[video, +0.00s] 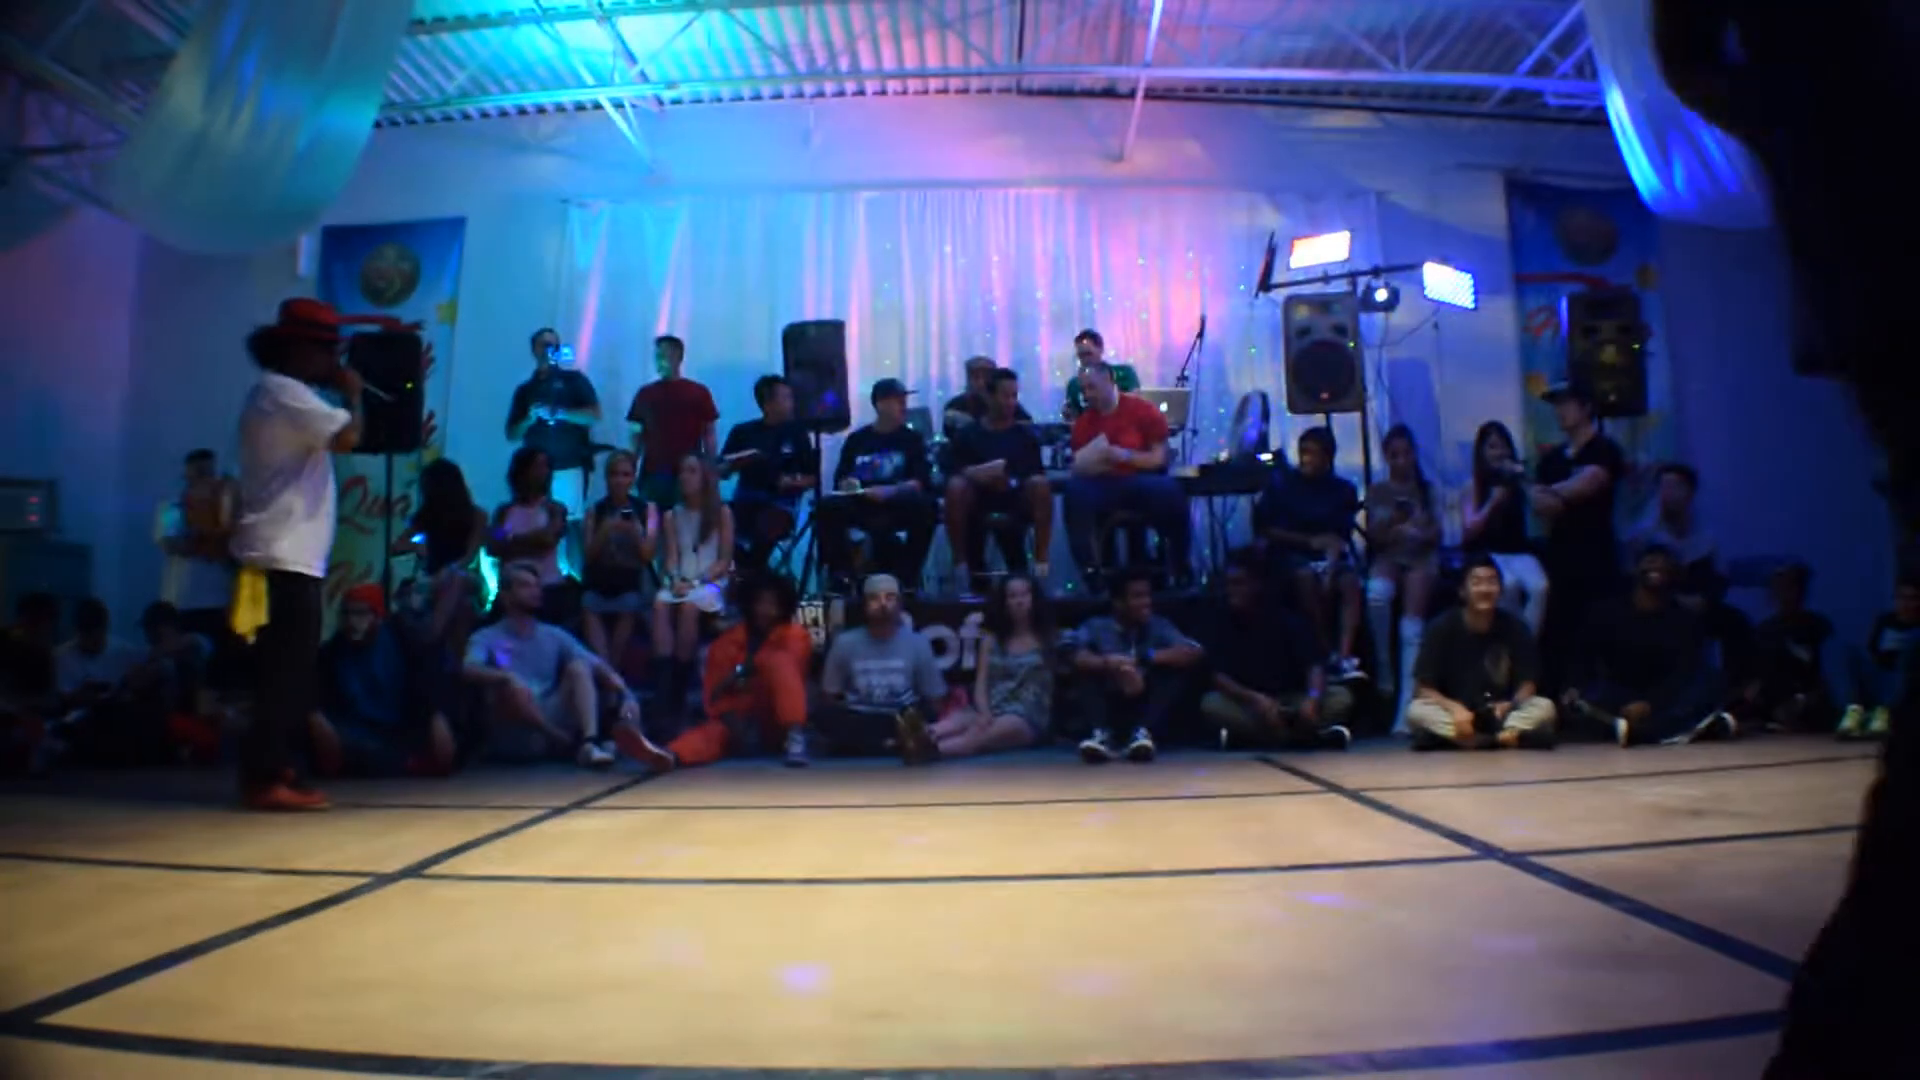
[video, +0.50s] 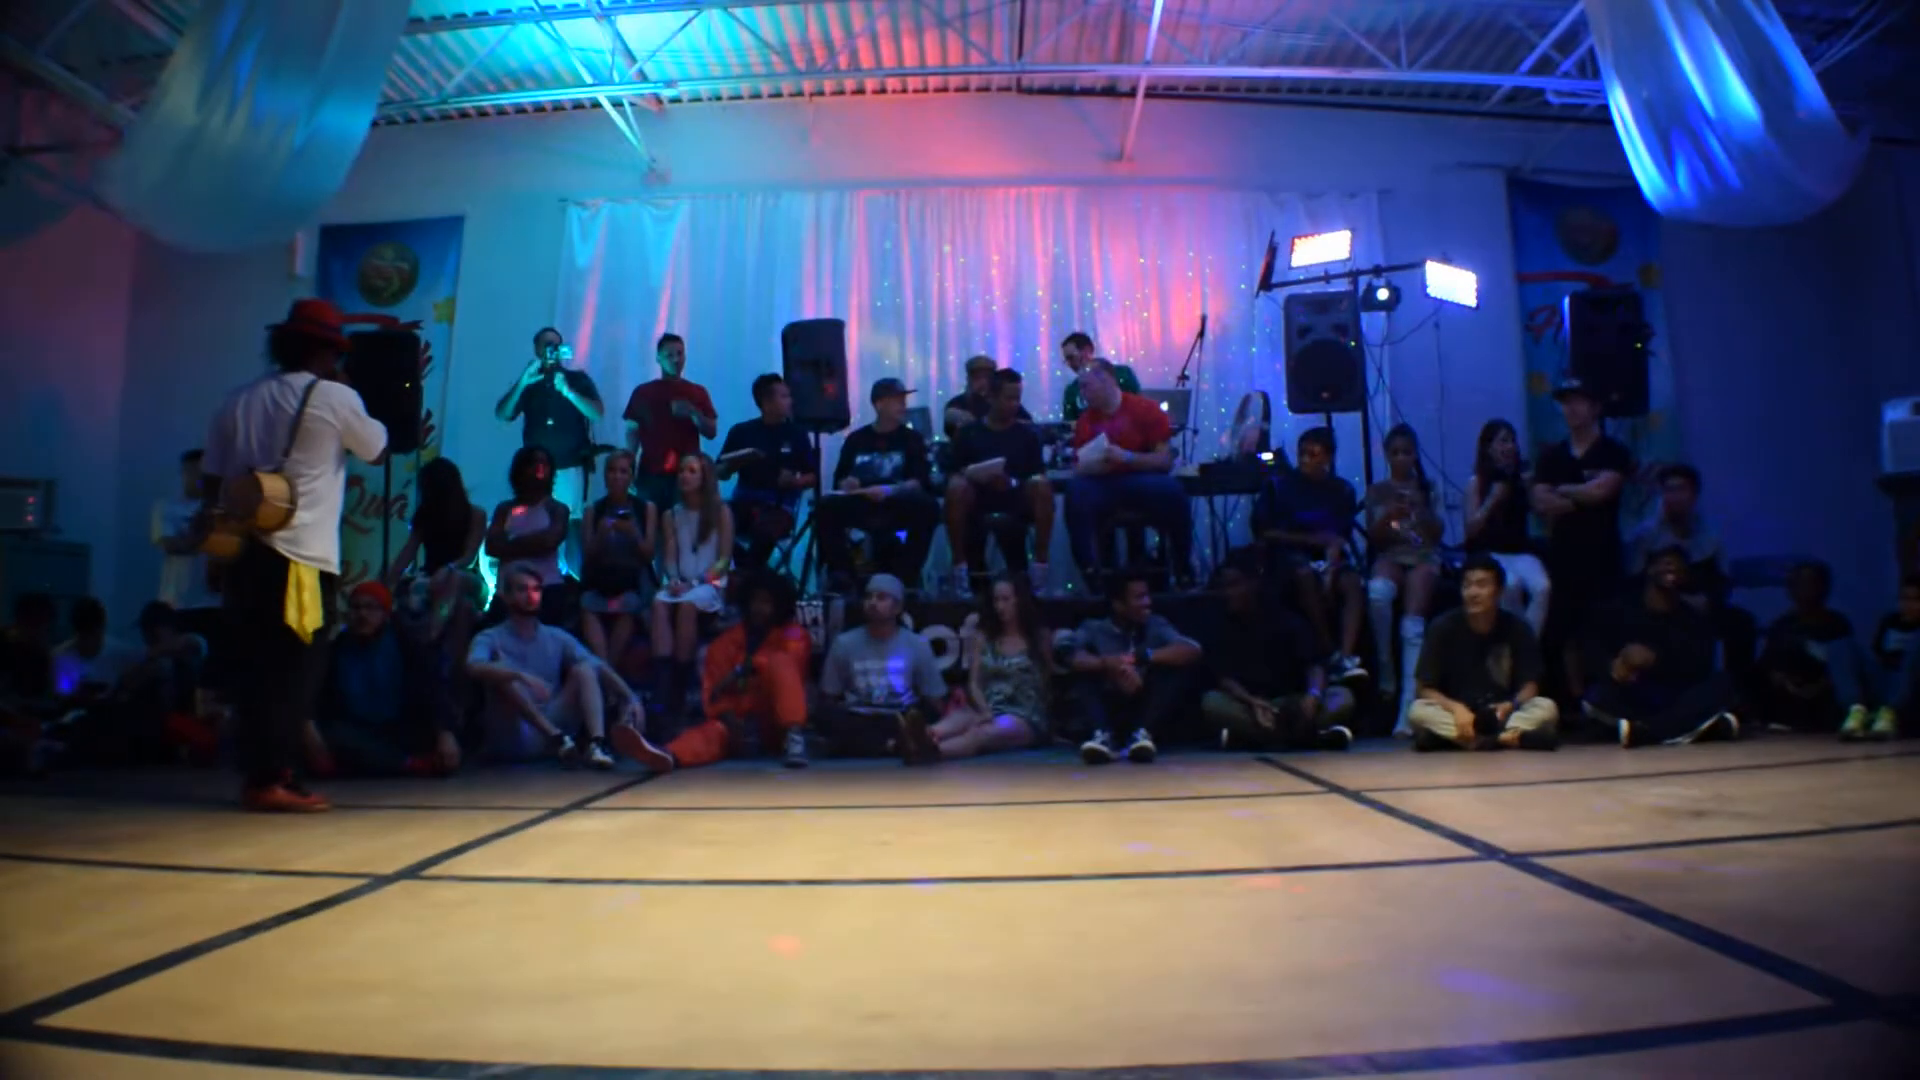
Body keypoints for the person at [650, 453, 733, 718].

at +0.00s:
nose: (685, 478)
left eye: (692, 472)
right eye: (683, 472)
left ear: (705, 478)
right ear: (679, 478)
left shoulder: (721, 514)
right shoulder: (671, 517)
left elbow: (725, 560)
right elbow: (671, 555)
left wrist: (699, 581)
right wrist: (675, 579)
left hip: (709, 579)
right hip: (679, 579)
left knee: (689, 607)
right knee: (660, 605)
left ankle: (682, 677)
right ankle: (662, 676)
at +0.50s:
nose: (685, 476)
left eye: (692, 471)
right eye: (682, 471)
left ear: (704, 477)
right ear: (678, 477)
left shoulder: (720, 512)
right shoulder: (670, 516)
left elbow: (725, 557)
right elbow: (669, 556)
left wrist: (705, 579)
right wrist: (674, 579)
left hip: (709, 579)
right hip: (679, 580)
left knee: (687, 605)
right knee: (659, 604)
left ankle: (681, 679)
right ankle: (662, 677)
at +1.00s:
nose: (685, 476)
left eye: (692, 471)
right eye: (682, 471)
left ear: (705, 478)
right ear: (678, 477)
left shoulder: (720, 513)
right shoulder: (671, 516)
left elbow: (723, 559)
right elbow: (670, 556)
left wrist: (701, 578)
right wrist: (673, 577)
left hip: (709, 579)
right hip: (679, 580)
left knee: (687, 606)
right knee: (659, 605)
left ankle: (680, 680)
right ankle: (662, 679)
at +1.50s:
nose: (697, 477)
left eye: (703, 471)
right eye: (691, 471)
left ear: (710, 477)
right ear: (681, 477)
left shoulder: (720, 512)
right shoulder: (671, 516)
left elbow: (724, 560)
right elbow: (670, 555)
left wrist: (698, 580)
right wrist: (673, 576)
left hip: (710, 579)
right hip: (679, 580)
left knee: (687, 606)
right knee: (659, 605)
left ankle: (681, 679)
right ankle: (662, 678)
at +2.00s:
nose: (698, 476)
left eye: (704, 471)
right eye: (692, 471)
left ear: (711, 477)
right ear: (682, 477)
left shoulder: (721, 512)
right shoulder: (671, 516)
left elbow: (723, 560)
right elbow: (670, 556)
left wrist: (697, 581)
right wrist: (673, 577)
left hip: (711, 579)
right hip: (680, 580)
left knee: (687, 606)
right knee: (659, 605)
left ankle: (681, 682)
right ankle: (662, 680)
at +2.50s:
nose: (699, 477)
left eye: (704, 472)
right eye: (693, 472)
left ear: (711, 477)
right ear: (683, 477)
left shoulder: (721, 513)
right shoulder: (672, 516)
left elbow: (725, 560)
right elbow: (671, 557)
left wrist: (699, 580)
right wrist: (675, 577)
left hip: (710, 579)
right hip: (681, 580)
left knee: (688, 605)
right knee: (661, 603)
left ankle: (682, 679)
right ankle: (663, 678)